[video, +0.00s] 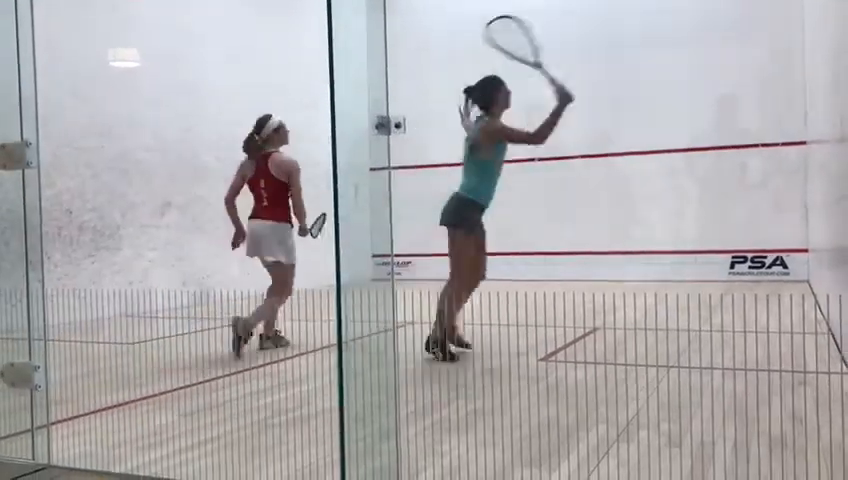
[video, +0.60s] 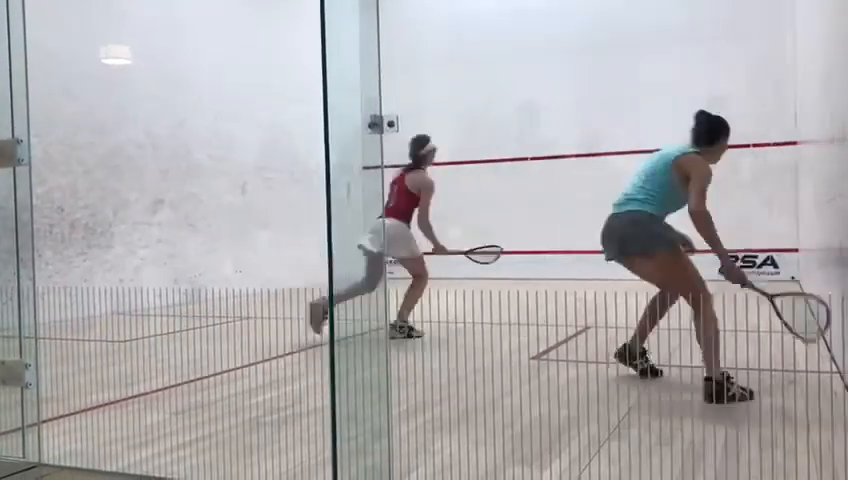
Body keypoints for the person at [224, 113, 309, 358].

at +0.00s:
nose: (287, 131)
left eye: (284, 127)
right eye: (282, 128)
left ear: (264, 138)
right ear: (274, 136)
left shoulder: (248, 164)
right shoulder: (288, 164)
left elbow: (229, 199)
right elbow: (297, 200)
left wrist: (239, 228)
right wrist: (303, 223)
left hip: (255, 228)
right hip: (279, 229)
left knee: (278, 283)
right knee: (284, 289)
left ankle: (269, 333)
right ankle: (248, 325)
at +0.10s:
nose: (302, 123)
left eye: (299, 119)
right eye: (297, 121)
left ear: (278, 130)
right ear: (289, 129)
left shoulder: (266, 155)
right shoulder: (303, 154)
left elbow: (251, 190)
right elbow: (311, 191)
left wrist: (265, 209)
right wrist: (319, 215)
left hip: (271, 220)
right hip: (295, 221)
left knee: (283, 274)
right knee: (313, 274)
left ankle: (269, 327)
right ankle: (282, 317)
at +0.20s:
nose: (318, 120)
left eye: (316, 116)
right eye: (313, 118)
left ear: (294, 126)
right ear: (303, 125)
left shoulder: (284, 149)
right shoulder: (320, 150)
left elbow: (267, 183)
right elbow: (327, 189)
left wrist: (281, 201)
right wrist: (340, 214)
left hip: (287, 213)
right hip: (311, 213)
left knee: (297, 270)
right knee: (335, 266)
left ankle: (274, 320)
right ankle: (316, 316)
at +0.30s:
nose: (337, 132)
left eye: (334, 128)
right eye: (334, 129)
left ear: (312, 134)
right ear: (329, 132)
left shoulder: (304, 157)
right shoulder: (338, 159)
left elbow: (290, 196)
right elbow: (345, 200)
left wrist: (300, 217)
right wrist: (358, 230)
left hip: (301, 223)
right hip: (324, 223)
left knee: (308, 277)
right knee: (357, 263)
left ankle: (280, 323)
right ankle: (356, 321)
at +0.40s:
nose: (362, 155)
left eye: (360, 151)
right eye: (359, 152)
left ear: (339, 155)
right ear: (354, 155)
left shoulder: (327, 176)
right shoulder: (358, 180)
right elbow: (365, 221)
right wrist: (383, 248)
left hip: (316, 239)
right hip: (342, 240)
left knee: (308, 291)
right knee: (379, 268)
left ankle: (277, 333)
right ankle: (388, 321)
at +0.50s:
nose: (399, 157)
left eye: (397, 154)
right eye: (395, 155)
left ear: (376, 159)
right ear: (388, 159)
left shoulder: (363, 182)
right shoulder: (390, 186)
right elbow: (394, 228)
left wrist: (400, 251)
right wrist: (411, 255)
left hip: (346, 235)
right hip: (368, 238)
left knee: (323, 285)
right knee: (399, 270)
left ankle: (283, 322)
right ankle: (397, 323)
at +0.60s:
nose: (434, 155)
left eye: (434, 151)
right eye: (432, 152)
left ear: (414, 154)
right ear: (425, 155)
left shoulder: (401, 175)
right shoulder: (425, 181)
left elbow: (391, 206)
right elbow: (423, 220)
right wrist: (436, 244)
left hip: (378, 229)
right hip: (397, 232)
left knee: (370, 283)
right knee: (421, 277)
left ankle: (325, 304)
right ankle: (401, 323)